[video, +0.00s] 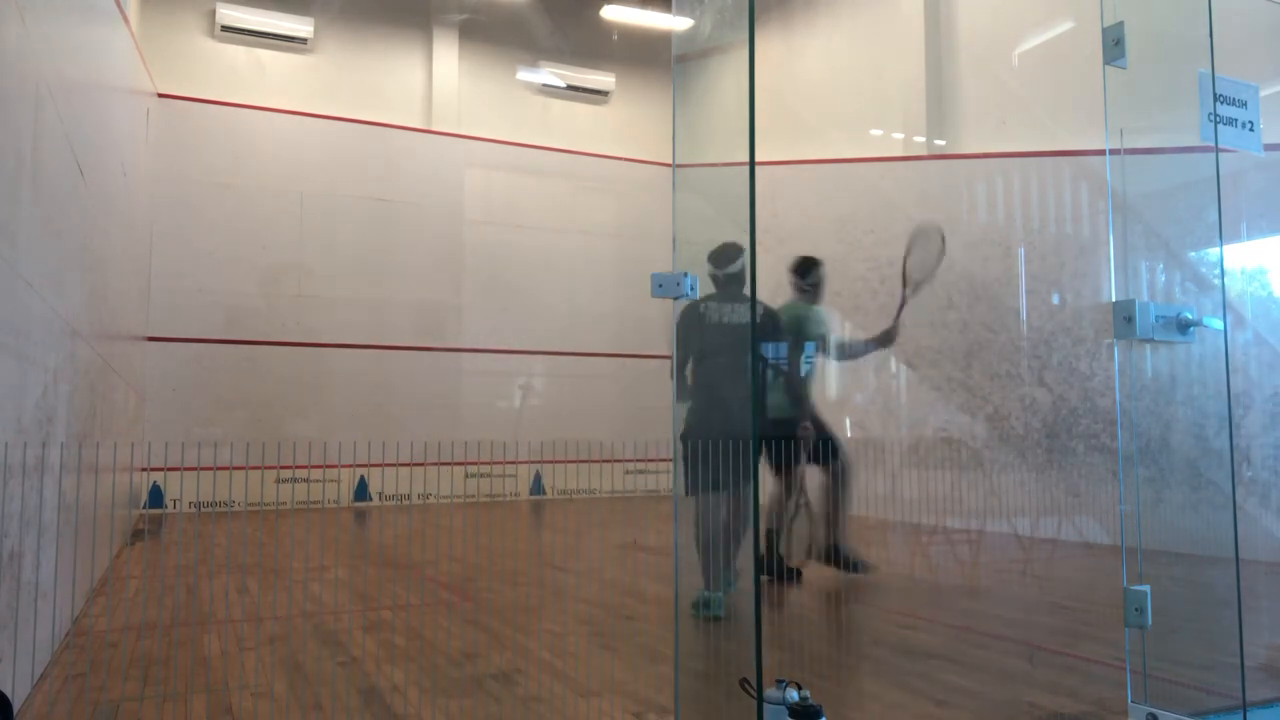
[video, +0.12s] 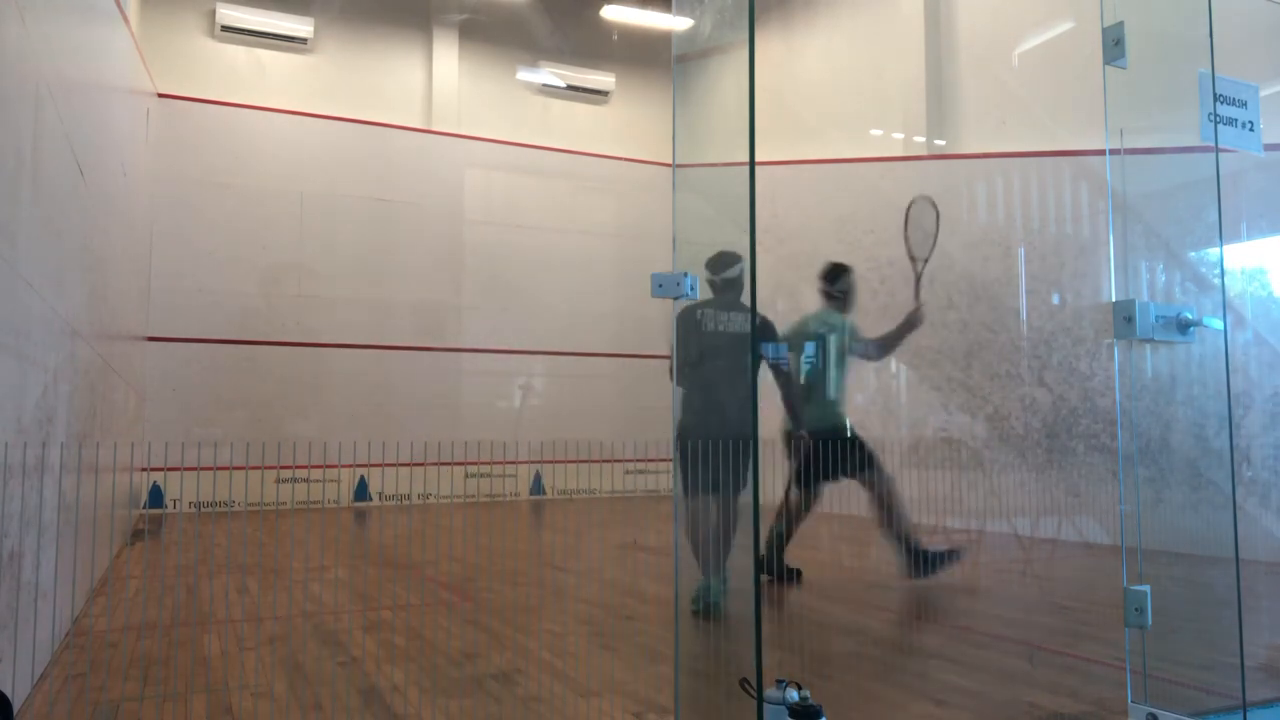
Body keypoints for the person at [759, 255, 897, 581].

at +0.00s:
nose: (818, 288)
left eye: (815, 282)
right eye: (817, 283)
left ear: (793, 282)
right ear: (818, 283)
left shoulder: (780, 315)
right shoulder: (808, 317)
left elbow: (835, 351)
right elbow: (791, 374)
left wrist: (876, 342)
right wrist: (805, 416)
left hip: (771, 416)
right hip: (795, 414)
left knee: (788, 480)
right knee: (837, 466)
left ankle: (771, 555)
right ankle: (832, 546)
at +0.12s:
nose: (852, 295)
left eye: (850, 289)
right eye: (849, 290)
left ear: (824, 291)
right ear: (842, 292)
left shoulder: (803, 327)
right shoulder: (840, 327)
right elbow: (874, 351)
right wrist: (909, 324)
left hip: (805, 431)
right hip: (834, 431)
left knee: (802, 497)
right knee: (880, 485)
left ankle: (770, 558)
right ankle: (915, 556)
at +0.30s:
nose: (927, 320)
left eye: (928, 313)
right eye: (921, 314)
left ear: (905, 314)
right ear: (904, 313)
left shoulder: (887, 344)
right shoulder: (899, 341)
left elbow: (851, 362)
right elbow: (942, 356)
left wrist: (825, 381)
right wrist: (968, 323)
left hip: (883, 450)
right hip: (884, 450)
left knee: (870, 518)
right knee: (964, 490)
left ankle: (805, 547)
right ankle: (980, 572)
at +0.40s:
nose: (959, 326)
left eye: (959, 319)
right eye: (956, 319)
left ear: (930, 318)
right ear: (946, 318)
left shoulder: (908, 347)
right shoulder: (926, 348)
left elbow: (870, 361)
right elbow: (968, 361)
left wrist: (831, 379)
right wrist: (1001, 326)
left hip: (890, 454)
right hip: (904, 454)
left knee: (874, 520)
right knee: (986, 492)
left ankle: (816, 563)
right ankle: (982, 573)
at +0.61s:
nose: (984, 312)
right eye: (984, 308)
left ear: (951, 308)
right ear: (982, 313)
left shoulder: (918, 336)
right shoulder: (981, 360)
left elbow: (869, 361)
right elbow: (1014, 408)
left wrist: (849, 395)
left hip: (889, 441)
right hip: (932, 444)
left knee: (876, 497)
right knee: (994, 492)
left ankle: (843, 563)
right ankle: (982, 573)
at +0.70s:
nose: (948, 303)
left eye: (947, 298)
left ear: (945, 301)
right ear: (975, 307)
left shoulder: (917, 329)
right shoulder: (979, 350)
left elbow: (867, 355)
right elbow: (973, 407)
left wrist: (848, 396)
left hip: (894, 437)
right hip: (941, 439)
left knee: (872, 492)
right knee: (994, 492)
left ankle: (856, 563)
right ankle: (986, 572)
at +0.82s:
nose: (927, 294)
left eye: (927, 288)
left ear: (926, 292)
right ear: (957, 297)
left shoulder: (905, 323)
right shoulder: (967, 339)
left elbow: (867, 348)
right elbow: (957, 388)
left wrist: (845, 393)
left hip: (893, 433)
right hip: (940, 434)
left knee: (867, 491)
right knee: (987, 491)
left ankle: (870, 565)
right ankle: (990, 574)